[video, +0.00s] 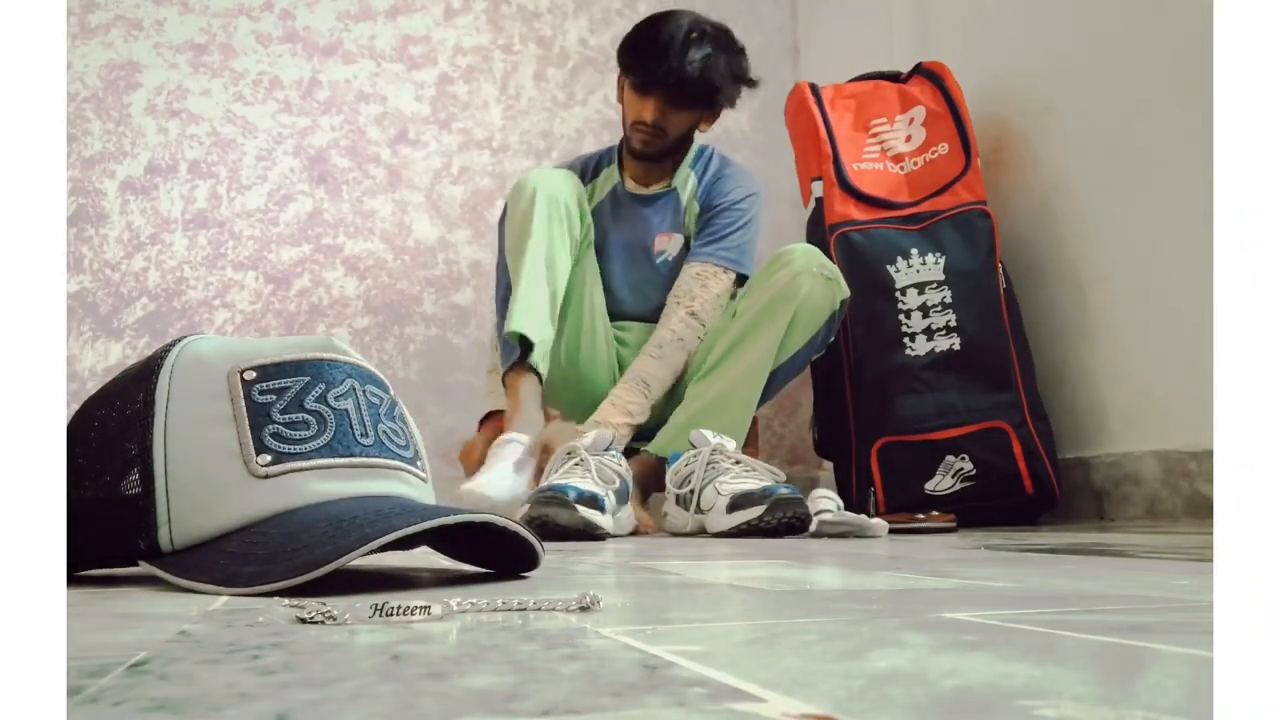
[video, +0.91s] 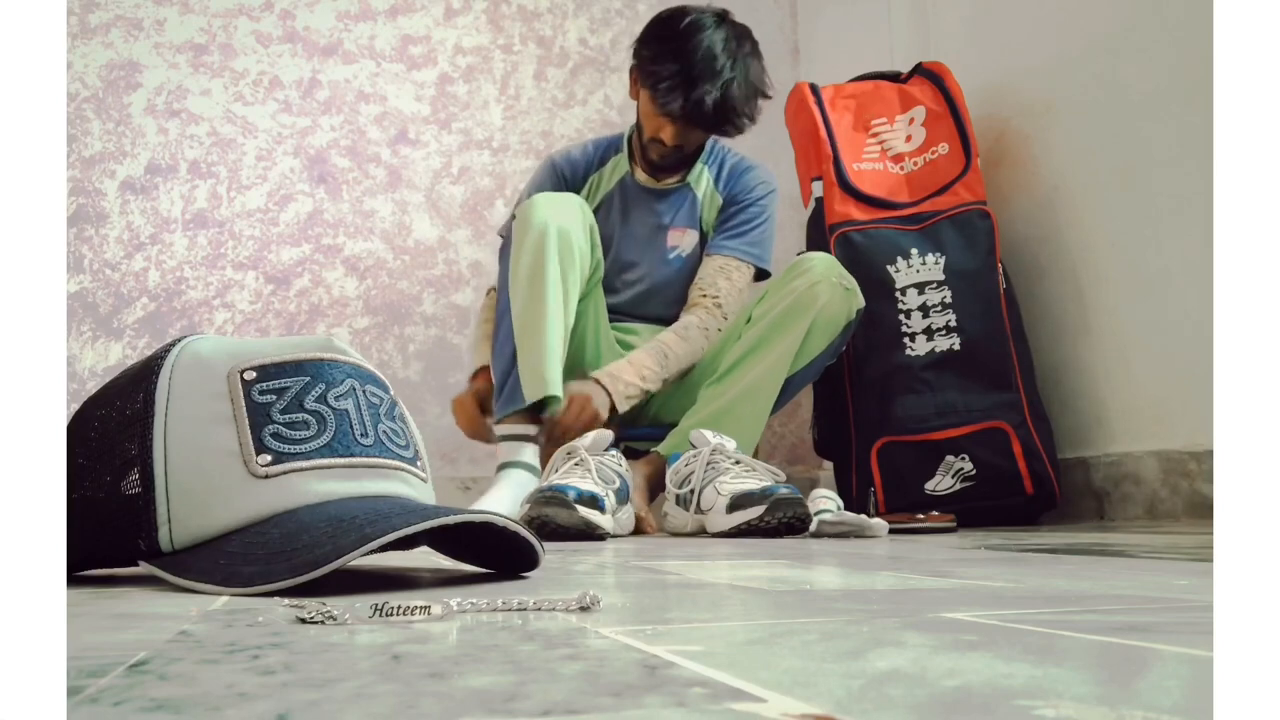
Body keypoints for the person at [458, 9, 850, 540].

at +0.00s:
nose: (648, 114)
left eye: (676, 101)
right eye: (639, 90)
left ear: (709, 117)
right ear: (621, 82)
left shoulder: (731, 191)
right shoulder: (568, 183)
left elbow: (688, 321)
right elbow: (514, 316)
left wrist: (604, 432)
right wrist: (509, 426)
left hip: (685, 379)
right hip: (584, 377)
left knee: (809, 268)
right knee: (543, 186)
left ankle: (648, 473)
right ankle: (522, 434)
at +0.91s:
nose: (672, 136)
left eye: (694, 125)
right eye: (663, 112)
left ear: (724, 117)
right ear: (637, 84)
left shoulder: (745, 187)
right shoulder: (569, 173)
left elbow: (709, 315)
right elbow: (508, 287)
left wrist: (609, 386)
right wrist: (486, 372)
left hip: (689, 376)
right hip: (587, 363)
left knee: (827, 279)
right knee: (550, 210)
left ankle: (655, 475)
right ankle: (524, 464)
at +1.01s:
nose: (674, 135)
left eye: (696, 121)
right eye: (664, 108)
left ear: (722, 116)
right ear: (633, 88)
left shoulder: (740, 183)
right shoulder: (566, 176)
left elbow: (726, 298)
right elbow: (506, 286)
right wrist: (475, 341)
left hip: (678, 384)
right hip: (579, 379)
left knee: (830, 281)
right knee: (546, 210)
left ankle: (698, 461)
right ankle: (520, 461)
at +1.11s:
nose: (659, 123)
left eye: (678, 105)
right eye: (644, 99)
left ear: (701, 99)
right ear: (612, 89)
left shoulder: (730, 175)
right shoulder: (556, 178)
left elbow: (775, 281)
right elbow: (473, 315)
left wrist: (736, 212)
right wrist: (444, 277)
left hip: (689, 371)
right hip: (587, 363)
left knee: (821, 277)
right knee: (528, 205)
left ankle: (681, 467)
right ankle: (524, 460)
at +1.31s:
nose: (614, 145)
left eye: (628, 126)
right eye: (596, 129)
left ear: (655, 115)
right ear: (571, 122)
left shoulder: (698, 206)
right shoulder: (550, 193)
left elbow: (751, 294)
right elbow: (453, 275)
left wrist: (825, 252)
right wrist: (486, 200)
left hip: (691, 387)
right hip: (588, 384)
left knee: (737, 202)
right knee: (547, 196)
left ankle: (758, 426)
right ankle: (542, 423)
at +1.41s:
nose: (607, 143)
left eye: (618, 123)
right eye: (589, 128)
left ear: (647, 108)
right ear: (565, 131)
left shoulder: (695, 202)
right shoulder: (553, 205)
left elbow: (758, 287)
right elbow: (455, 309)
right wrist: (465, 235)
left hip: (690, 382)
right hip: (592, 384)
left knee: (751, 208)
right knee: (566, 187)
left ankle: (772, 462)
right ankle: (586, 446)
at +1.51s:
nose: (624, 127)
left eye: (635, 103)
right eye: (602, 112)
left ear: (664, 92)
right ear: (577, 113)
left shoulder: (710, 192)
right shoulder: (543, 192)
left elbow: (784, 298)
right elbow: (470, 327)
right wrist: (455, 238)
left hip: (701, 383)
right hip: (595, 387)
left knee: (775, 214)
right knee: (552, 210)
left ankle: (766, 460)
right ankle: (583, 460)